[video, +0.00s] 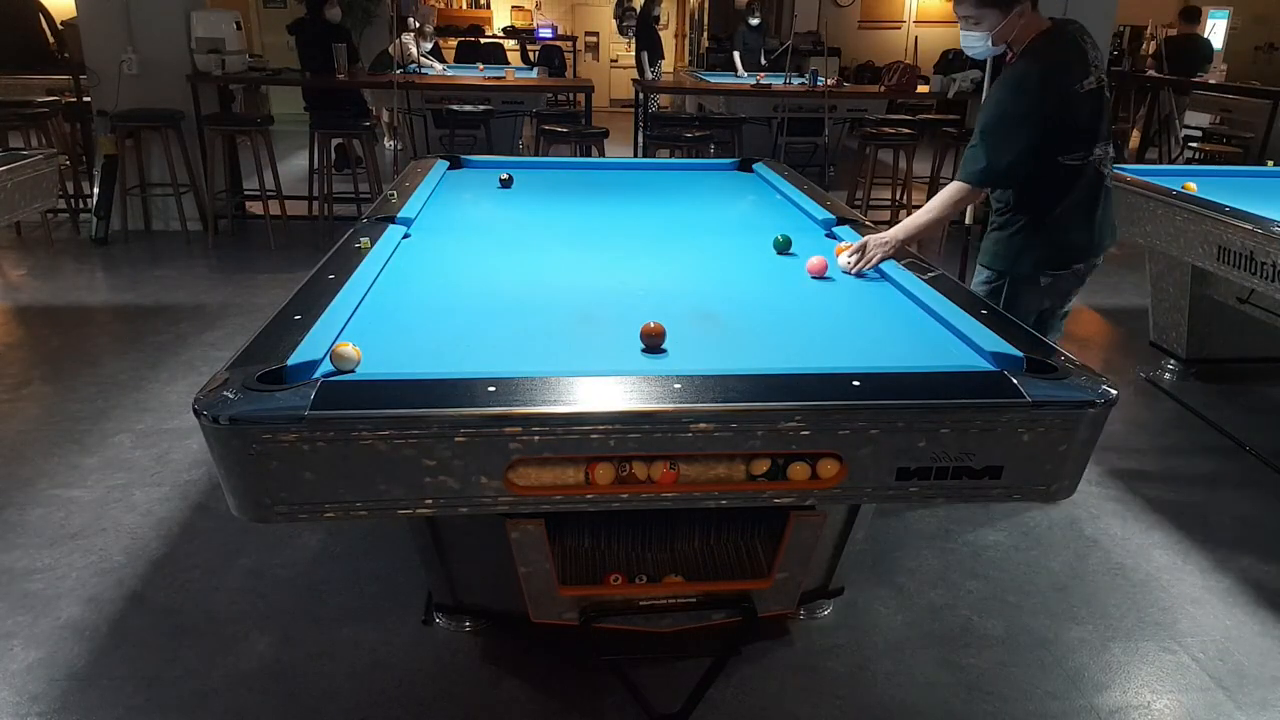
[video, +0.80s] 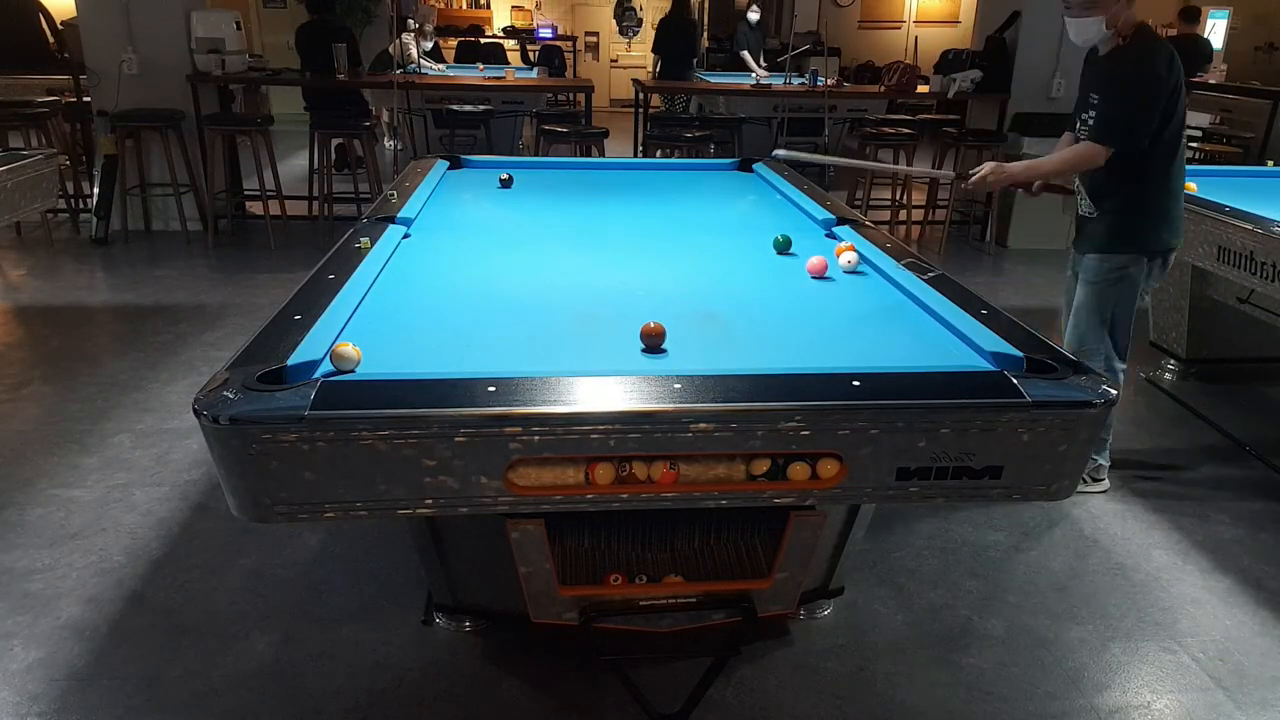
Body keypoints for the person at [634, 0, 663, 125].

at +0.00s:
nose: (660, 9)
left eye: (660, 6)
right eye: (658, 6)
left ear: (651, 6)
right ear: (652, 6)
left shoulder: (649, 23)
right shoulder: (644, 23)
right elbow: (642, 50)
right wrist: (647, 71)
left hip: (655, 63)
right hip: (649, 65)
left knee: (653, 97)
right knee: (649, 97)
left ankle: (650, 126)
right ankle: (646, 127)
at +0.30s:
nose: (675, 7)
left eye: (675, 4)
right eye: (674, 4)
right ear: (667, 6)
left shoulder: (669, 22)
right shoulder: (654, 23)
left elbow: (670, 48)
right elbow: (653, 52)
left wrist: (673, 68)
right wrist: (665, 72)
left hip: (670, 68)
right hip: (656, 70)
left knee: (668, 106)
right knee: (655, 106)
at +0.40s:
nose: (686, 7)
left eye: (686, 4)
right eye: (684, 4)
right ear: (677, 5)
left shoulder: (675, 20)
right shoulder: (670, 20)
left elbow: (675, 47)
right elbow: (668, 50)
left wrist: (686, 64)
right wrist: (686, 63)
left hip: (677, 67)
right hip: (672, 68)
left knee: (677, 102)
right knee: (676, 103)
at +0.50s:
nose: (694, 8)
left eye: (693, 5)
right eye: (693, 5)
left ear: (678, 5)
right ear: (687, 6)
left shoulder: (673, 20)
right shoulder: (683, 21)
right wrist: (698, 62)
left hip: (673, 67)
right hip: (682, 68)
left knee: (675, 101)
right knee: (683, 102)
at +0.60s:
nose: (700, 11)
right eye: (699, 8)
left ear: (683, 6)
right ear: (696, 9)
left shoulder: (671, 22)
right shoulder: (695, 25)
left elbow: (663, 51)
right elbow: (700, 56)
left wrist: (666, 68)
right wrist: (704, 70)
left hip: (670, 72)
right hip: (688, 74)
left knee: (674, 107)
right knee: (684, 108)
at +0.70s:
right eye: (698, 5)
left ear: (680, 5)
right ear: (695, 7)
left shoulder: (669, 21)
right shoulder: (697, 25)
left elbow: (660, 51)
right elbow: (699, 57)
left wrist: (655, 73)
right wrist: (692, 69)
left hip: (669, 76)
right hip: (688, 77)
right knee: (683, 113)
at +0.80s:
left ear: (672, 6)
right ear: (688, 8)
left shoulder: (664, 22)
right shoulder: (692, 23)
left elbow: (657, 53)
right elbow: (694, 55)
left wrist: (653, 74)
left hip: (665, 73)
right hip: (685, 75)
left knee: (668, 111)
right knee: (681, 111)